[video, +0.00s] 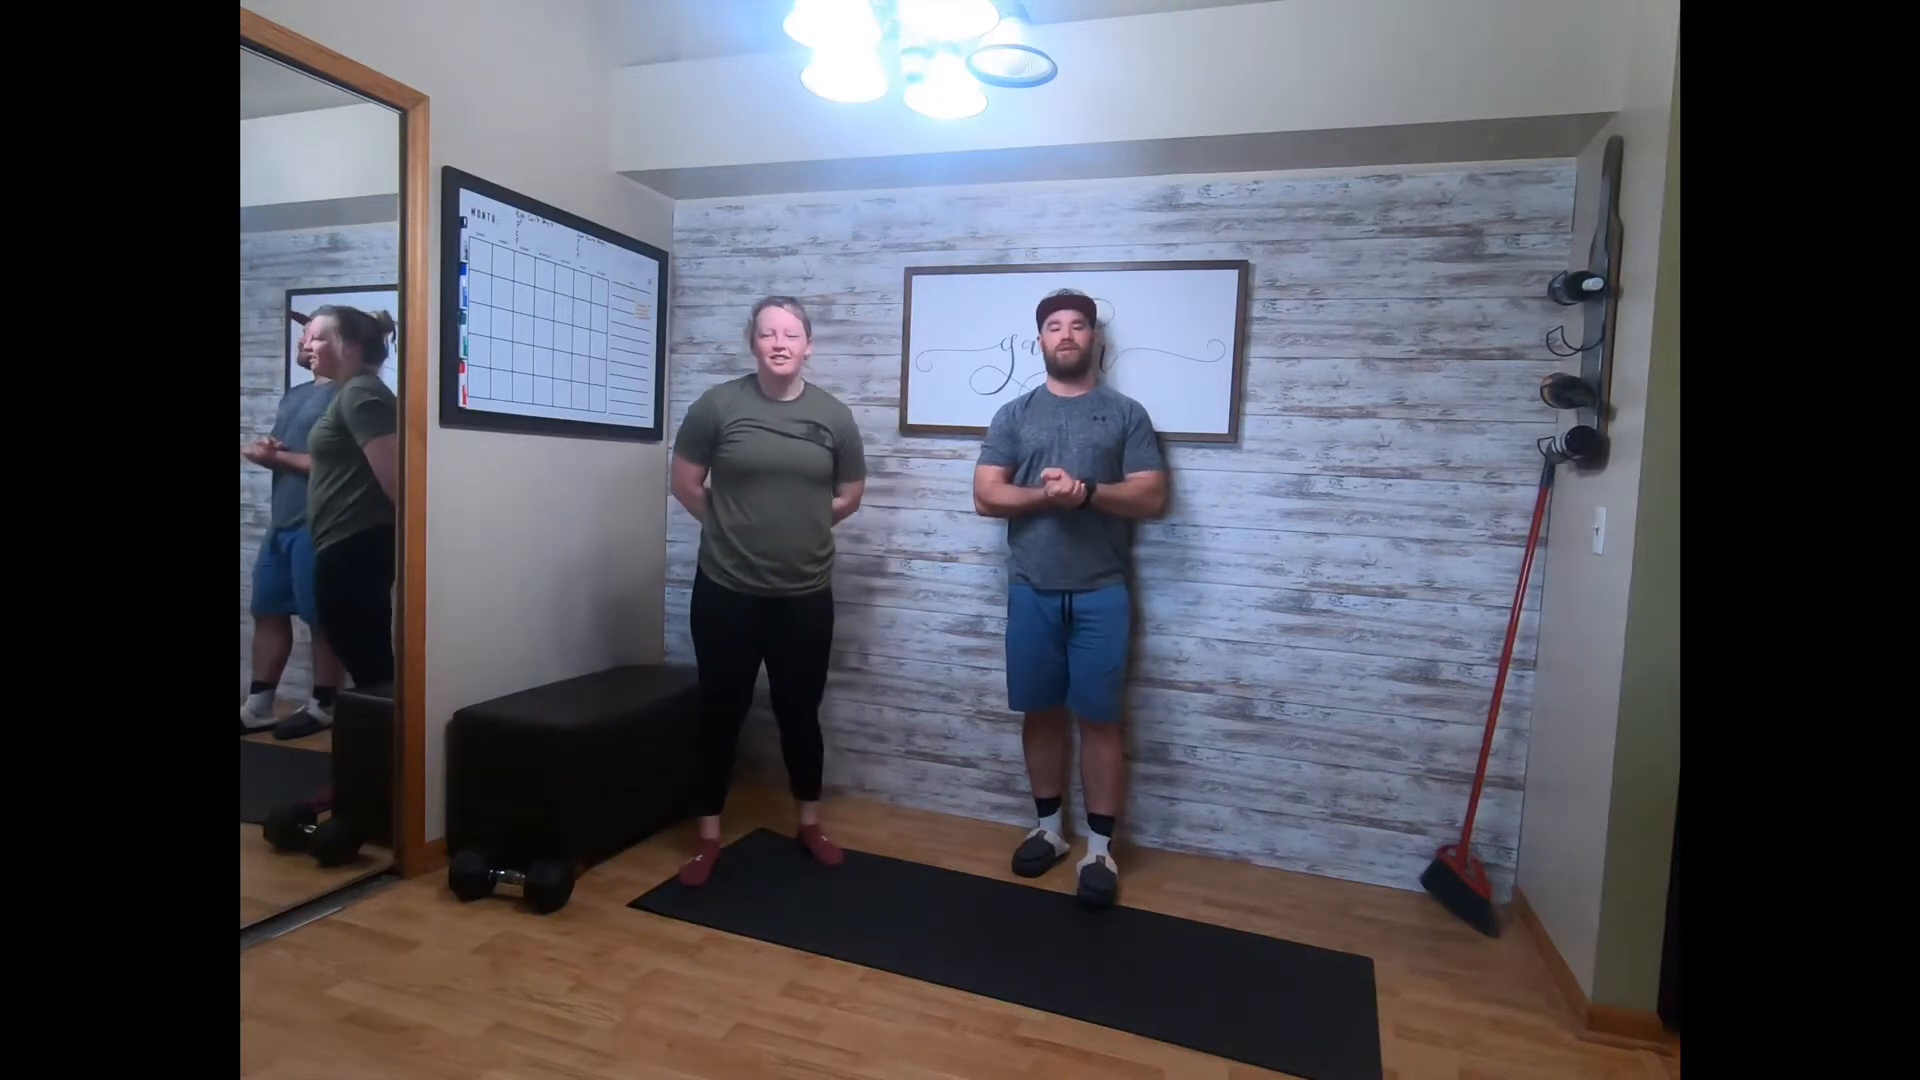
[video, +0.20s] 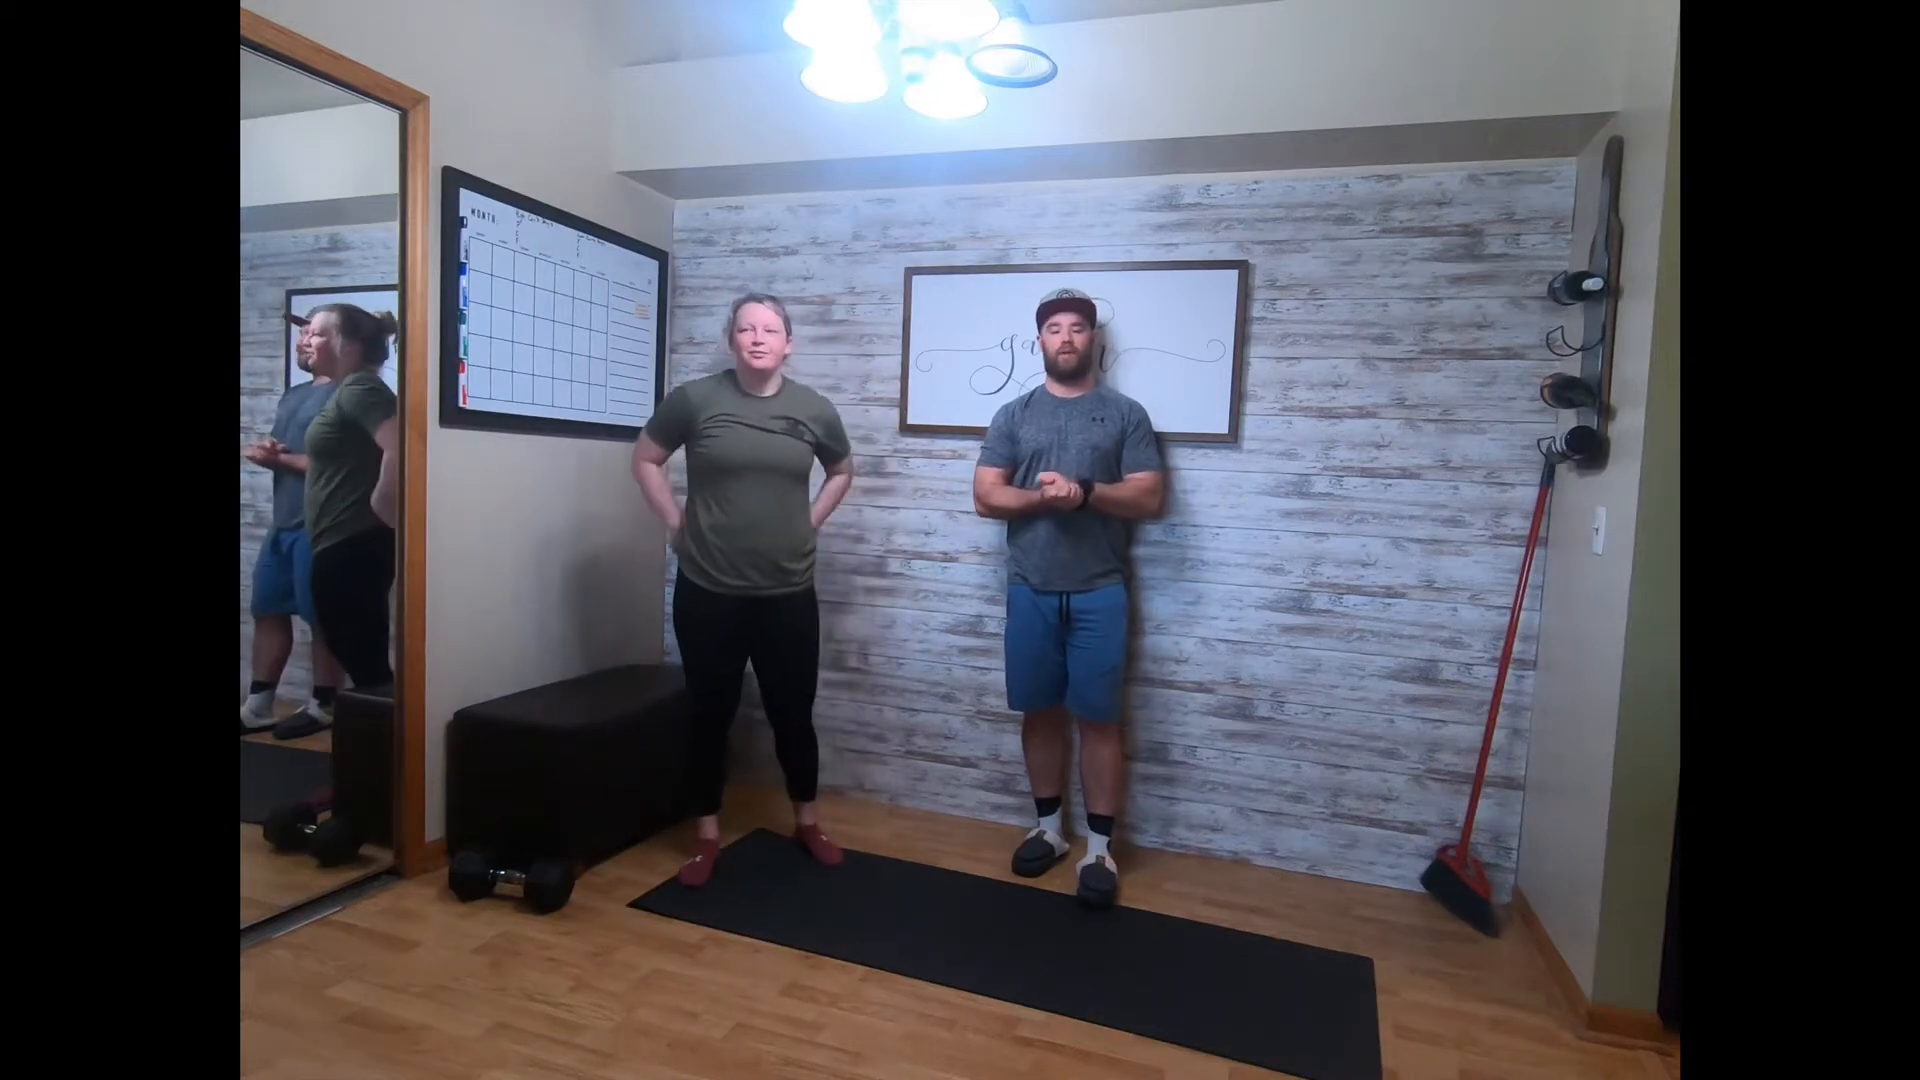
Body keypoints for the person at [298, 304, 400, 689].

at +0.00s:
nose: (311, 348)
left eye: (319, 339)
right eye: (312, 340)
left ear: (349, 345)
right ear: (349, 347)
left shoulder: (361, 393)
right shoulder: (348, 394)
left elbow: (398, 482)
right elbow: (338, 468)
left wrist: (425, 534)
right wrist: (282, 454)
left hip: (358, 540)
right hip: (345, 539)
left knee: (362, 650)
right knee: (360, 649)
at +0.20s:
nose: (309, 342)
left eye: (318, 335)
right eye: (310, 334)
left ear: (347, 343)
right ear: (349, 344)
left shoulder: (360, 389)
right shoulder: (346, 391)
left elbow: (399, 444)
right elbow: (337, 466)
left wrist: (384, 500)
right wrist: (283, 457)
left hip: (356, 542)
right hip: (340, 542)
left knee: (361, 657)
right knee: (357, 655)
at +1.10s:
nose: (308, 348)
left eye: (314, 339)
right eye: (308, 340)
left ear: (345, 341)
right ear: (347, 343)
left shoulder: (371, 382)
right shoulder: (351, 384)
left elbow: (322, 428)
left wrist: (312, 389)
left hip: (365, 539)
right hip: (342, 538)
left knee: (355, 638)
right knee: (335, 632)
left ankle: (373, 736)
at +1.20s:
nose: (305, 352)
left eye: (311, 341)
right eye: (304, 343)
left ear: (341, 342)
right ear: (344, 344)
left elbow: (329, 441)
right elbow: (320, 451)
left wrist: (325, 396)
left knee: (359, 650)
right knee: (336, 644)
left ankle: (373, 748)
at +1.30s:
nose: (309, 355)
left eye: (313, 343)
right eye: (308, 345)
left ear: (341, 343)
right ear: (348, 344)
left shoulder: (376, 392)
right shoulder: (349, 393)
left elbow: (333, 450)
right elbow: (329, 455)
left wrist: (324, 403)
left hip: (364, 548)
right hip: (342, 547)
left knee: (358, 655)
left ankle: (373, 756)